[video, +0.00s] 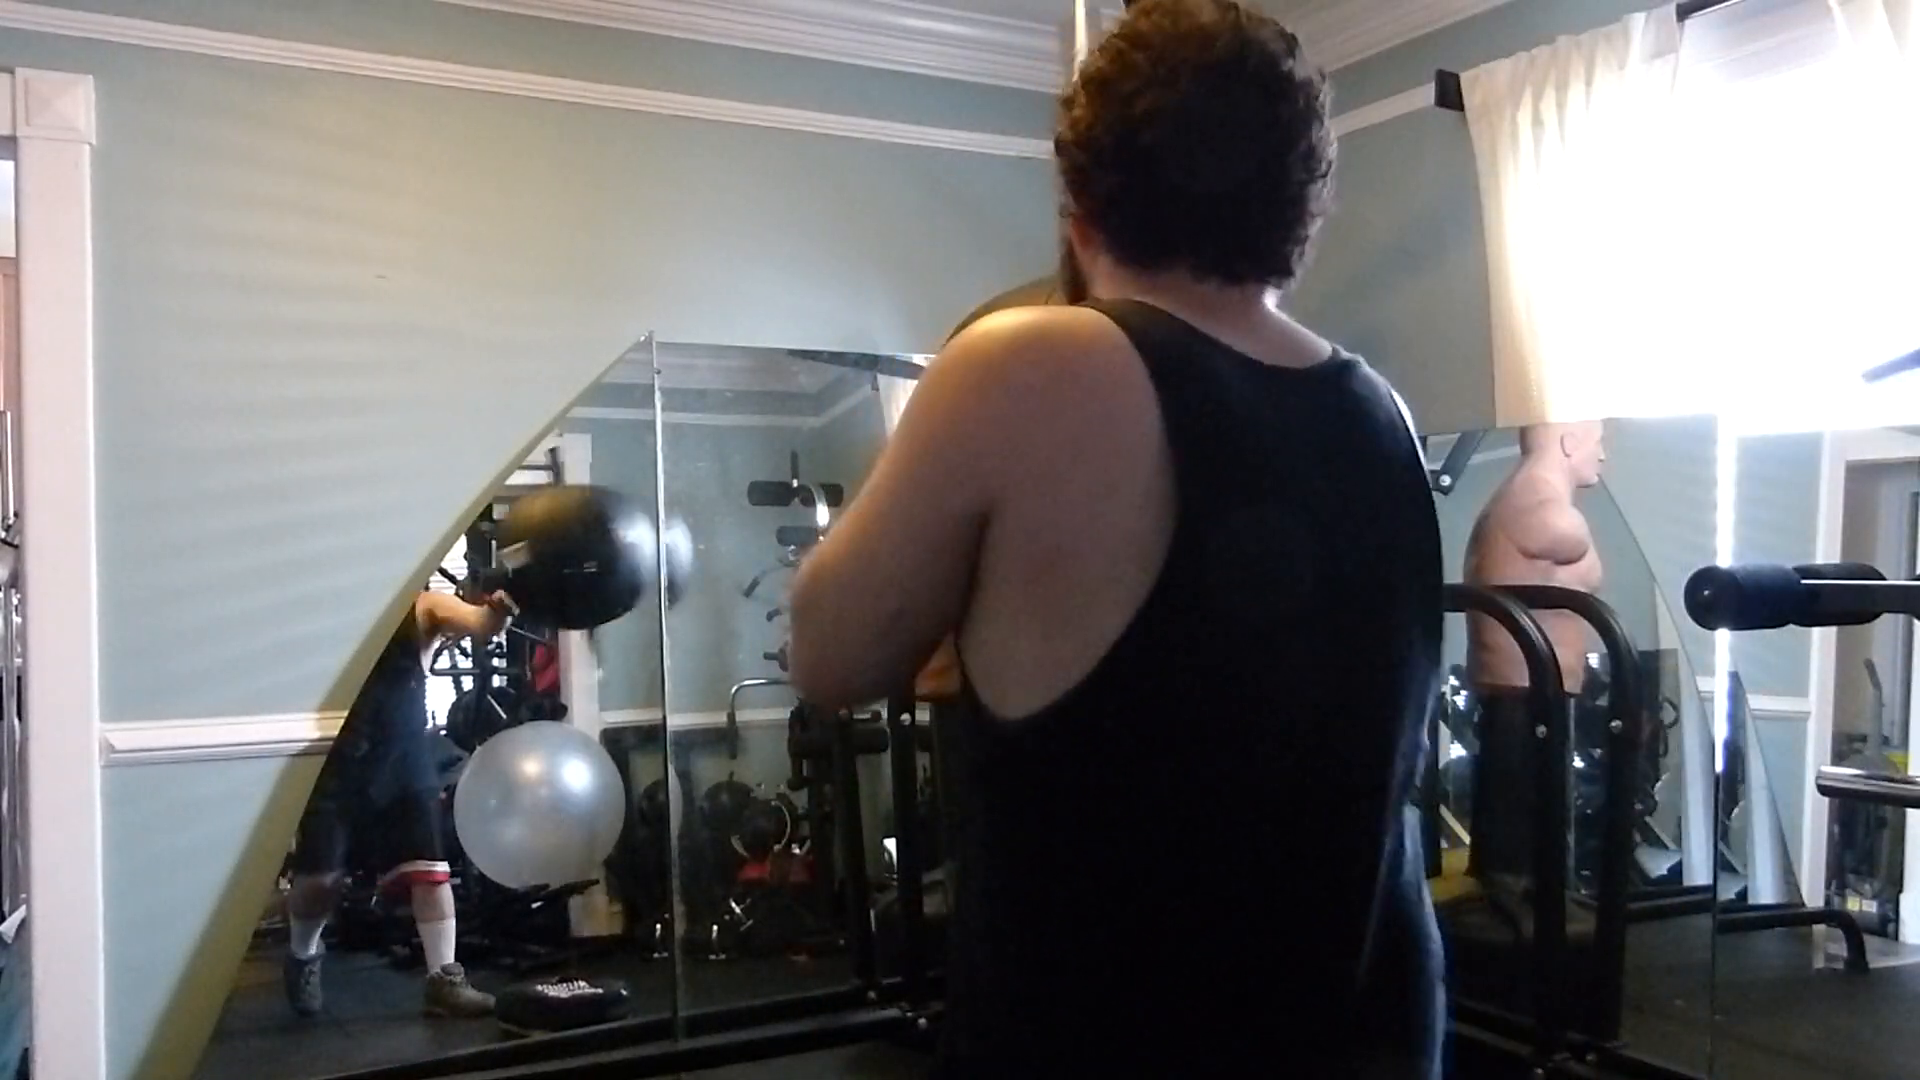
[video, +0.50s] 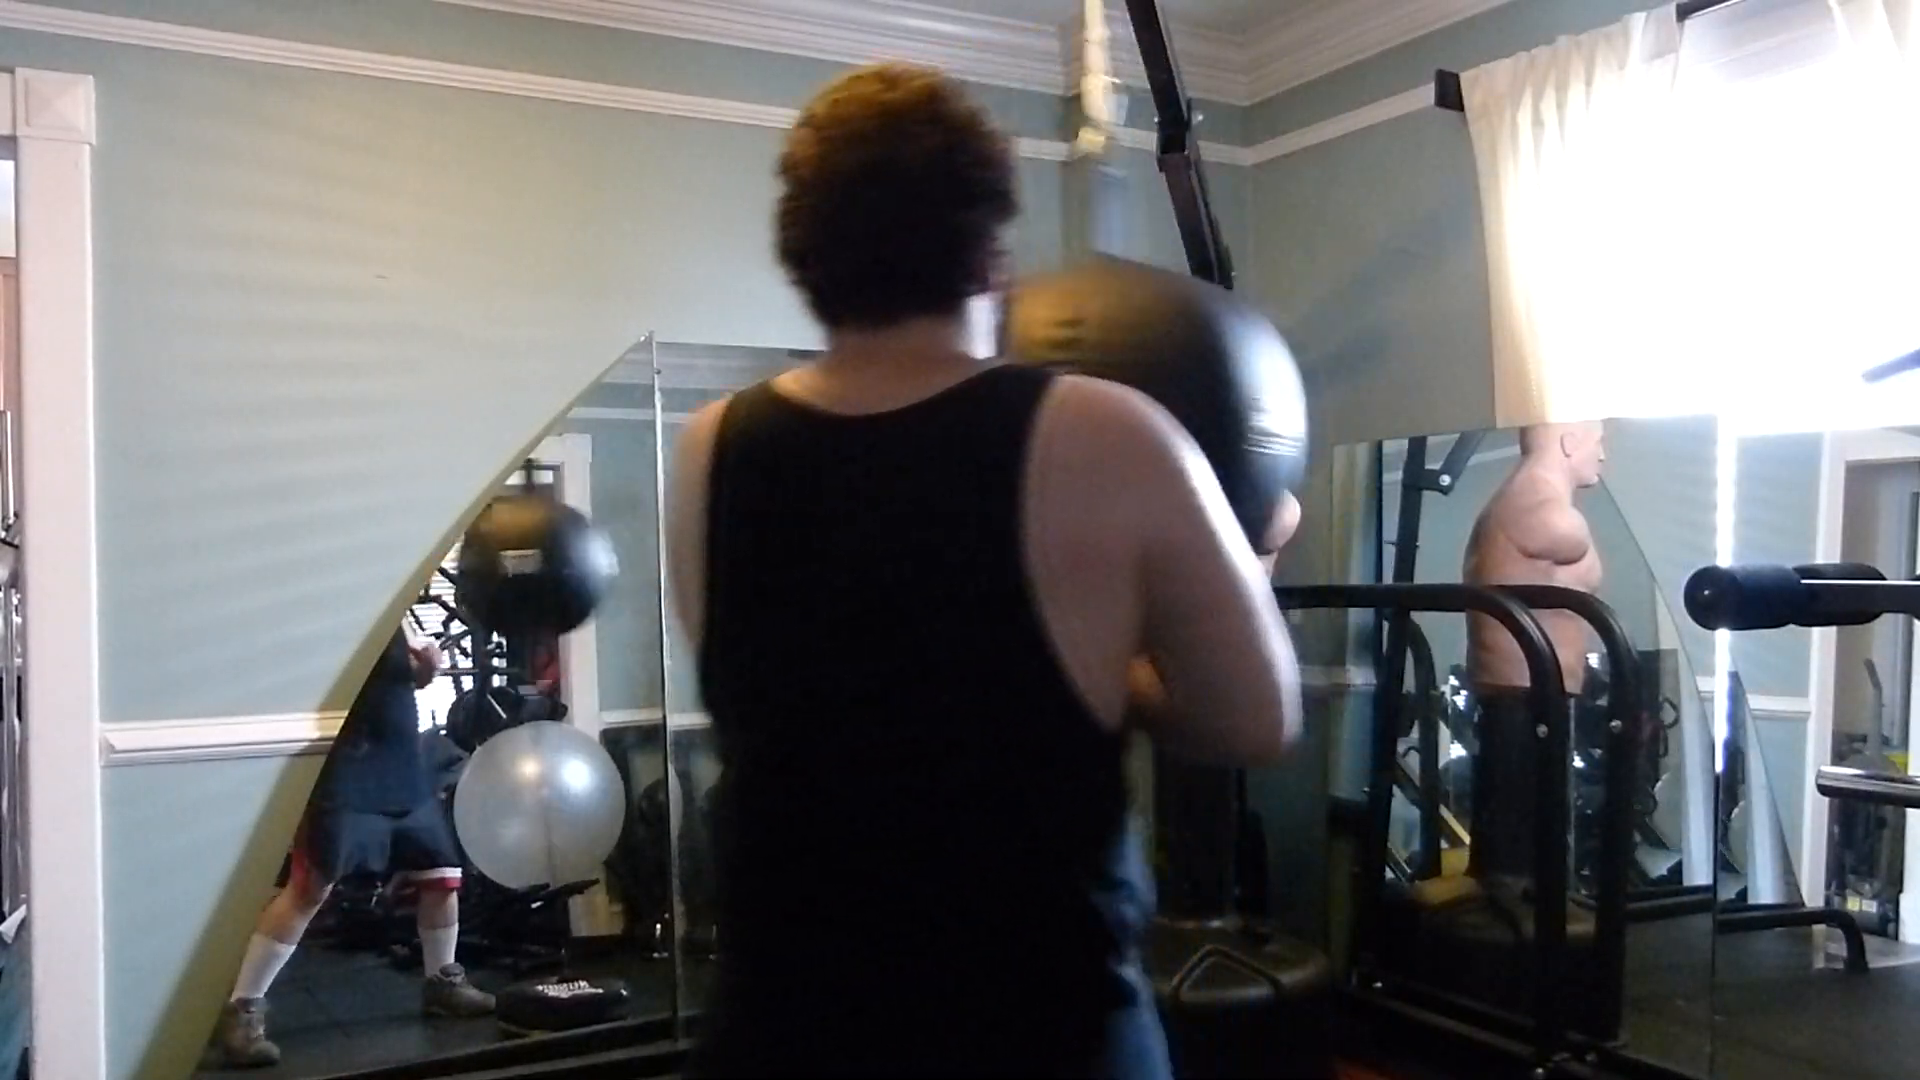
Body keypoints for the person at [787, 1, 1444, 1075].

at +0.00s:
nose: (1061, 207)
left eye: (1063, 182)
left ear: (1080, 200)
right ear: (1303, 212)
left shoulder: (1025, 367)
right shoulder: (1376, 408)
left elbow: (830, 660)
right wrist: (992, 624)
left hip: (1083, 1020)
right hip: (1363, 1024)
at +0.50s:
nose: (1010, 253)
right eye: (1003, 226)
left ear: (797, 249)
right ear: (989, 248)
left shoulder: (711, 451)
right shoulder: (1113, 441)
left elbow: (719, 664)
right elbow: (1257, 722)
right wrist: (1095, 658)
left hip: (787, 998)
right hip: (1044, 1005)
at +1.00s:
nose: (735, 283)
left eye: (730, 254)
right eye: (726, 256)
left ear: (529, 291)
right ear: (687, 266)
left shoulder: (450, 495)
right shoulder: (799, 408)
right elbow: (1062, 592)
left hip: (582, 986)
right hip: (833, 981)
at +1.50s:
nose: (857, 271)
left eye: (854, 244)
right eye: (853, 244)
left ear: (647, 276)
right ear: (822, 259)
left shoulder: (599, 474)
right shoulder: (861, 455)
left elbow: (815, 604)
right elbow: (1052, 777)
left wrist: (1036, 461)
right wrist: (1080, 679)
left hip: (637, 1020)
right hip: (875, 1029)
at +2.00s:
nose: (689, 317)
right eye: (679, 294)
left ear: (483, 355)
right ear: (660, 309)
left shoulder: (425, 534)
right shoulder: (841, 448)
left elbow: (475, 754)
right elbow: (1028, 669)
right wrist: (838, 731)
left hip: (623, 1044)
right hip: (908, 1026)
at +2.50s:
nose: (943, 327)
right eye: (936, 297)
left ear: (731, 310)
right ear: (914, 321)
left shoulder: (636, 491)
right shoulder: (970, 543)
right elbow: (1065, 853)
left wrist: (887, 430)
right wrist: (1232, 872)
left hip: (684, 1025)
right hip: (922, 1039)